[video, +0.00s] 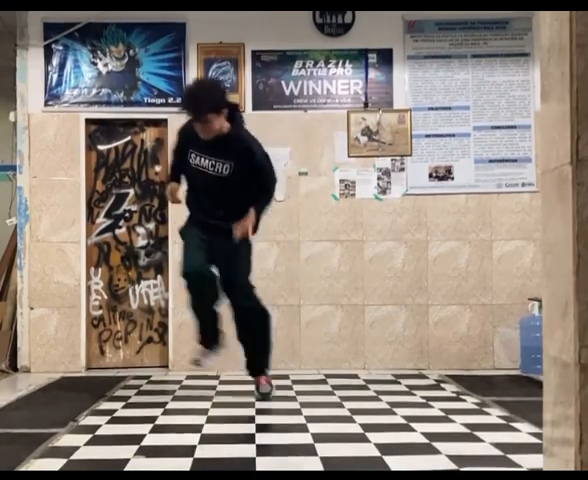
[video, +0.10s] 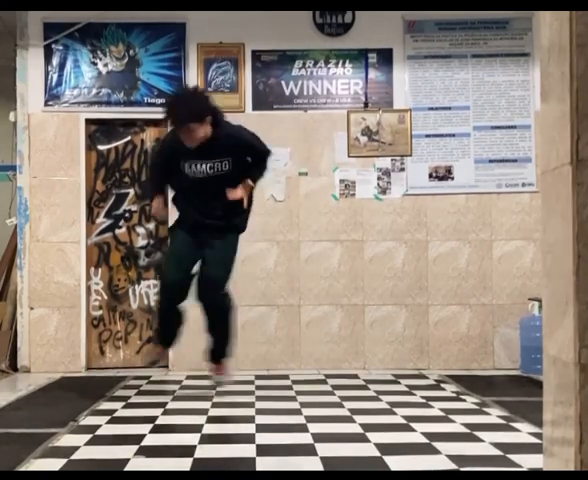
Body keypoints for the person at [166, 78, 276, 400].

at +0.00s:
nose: (203, 128)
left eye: (208, 121)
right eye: (199, 122)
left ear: (223, 113)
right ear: (193, 117)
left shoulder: (244, 145)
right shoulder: (189, 134)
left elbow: (267, 181)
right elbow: (179, 157)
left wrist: (253, 215)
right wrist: (174, 180)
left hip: (233, 231)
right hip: (198, 226)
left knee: (240, 295)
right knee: (195, 274)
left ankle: (259, 369)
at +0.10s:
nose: (187, 138)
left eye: (191, 131)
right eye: (182, 132)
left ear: (207, 121)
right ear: (175, 127)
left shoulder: (235, 138)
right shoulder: (171, 146)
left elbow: (261, 156)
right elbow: (157, 171)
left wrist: (246, 185)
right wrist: (158, 195)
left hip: (224, 228)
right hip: (188, 224)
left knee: (211, 290)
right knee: (170, 283)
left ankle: (218, 357)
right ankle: (163, 343)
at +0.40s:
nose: (186, 148)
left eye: (191, 142)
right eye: (180, 143)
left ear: (199, 133)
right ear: (167, 137)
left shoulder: (217, 148)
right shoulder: (159, 163)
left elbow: (247, 171)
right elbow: (150, 207)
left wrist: (247, 194)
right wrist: (146, 247)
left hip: (221, 235)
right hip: (185, 238)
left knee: (214, 300)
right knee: (177, 293)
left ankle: (204, 362)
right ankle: (148, 355)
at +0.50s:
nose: (209, 145)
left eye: (213, 138)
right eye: (203, 139)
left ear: (218, 132)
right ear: (185, 132)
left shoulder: (223, 156)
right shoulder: (163, 157)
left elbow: (247, 188)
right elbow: (155, 191)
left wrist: (265, 222)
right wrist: (161, 223)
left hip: (227, 234)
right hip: (193, 238)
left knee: (235, 297)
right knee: (200, 297)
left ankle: (267, 363)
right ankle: (209, 361)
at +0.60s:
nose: (220, 153)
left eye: (224, 146)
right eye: (214, 147)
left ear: (229, 142)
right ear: (196, 139)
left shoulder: (231, 176)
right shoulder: (173, 161)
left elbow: (251, 225)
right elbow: (163, 184)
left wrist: (278, 263)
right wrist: (167, 213)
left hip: (241, 256)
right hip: (204, 258)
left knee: (267, 316)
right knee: (224, 320)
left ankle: (300, 375)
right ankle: (251, 377)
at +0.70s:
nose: (196, 146)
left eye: (201, 140)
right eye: (190, 140)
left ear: (215, 133)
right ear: (183, 136)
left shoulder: (234, 161)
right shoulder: (174, 161)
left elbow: (253, 204)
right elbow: (163, 194)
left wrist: (255, 238)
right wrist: (165, 226)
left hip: (232, 248)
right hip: (195, 250)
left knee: (237, 308)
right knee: (205, 312)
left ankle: (270, 361)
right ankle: (228, 363)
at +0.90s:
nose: (169, 156)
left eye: (172, 148)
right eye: (164, 151)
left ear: (190, 140)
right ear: (162, 150)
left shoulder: (229, 158)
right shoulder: (178, 185)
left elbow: (260, 179)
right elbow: (173, 235)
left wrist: (257, 222)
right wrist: (157, 280)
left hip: (227, 250)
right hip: (190, 250)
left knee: (192, 308)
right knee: (162, 306)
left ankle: (175, 372)